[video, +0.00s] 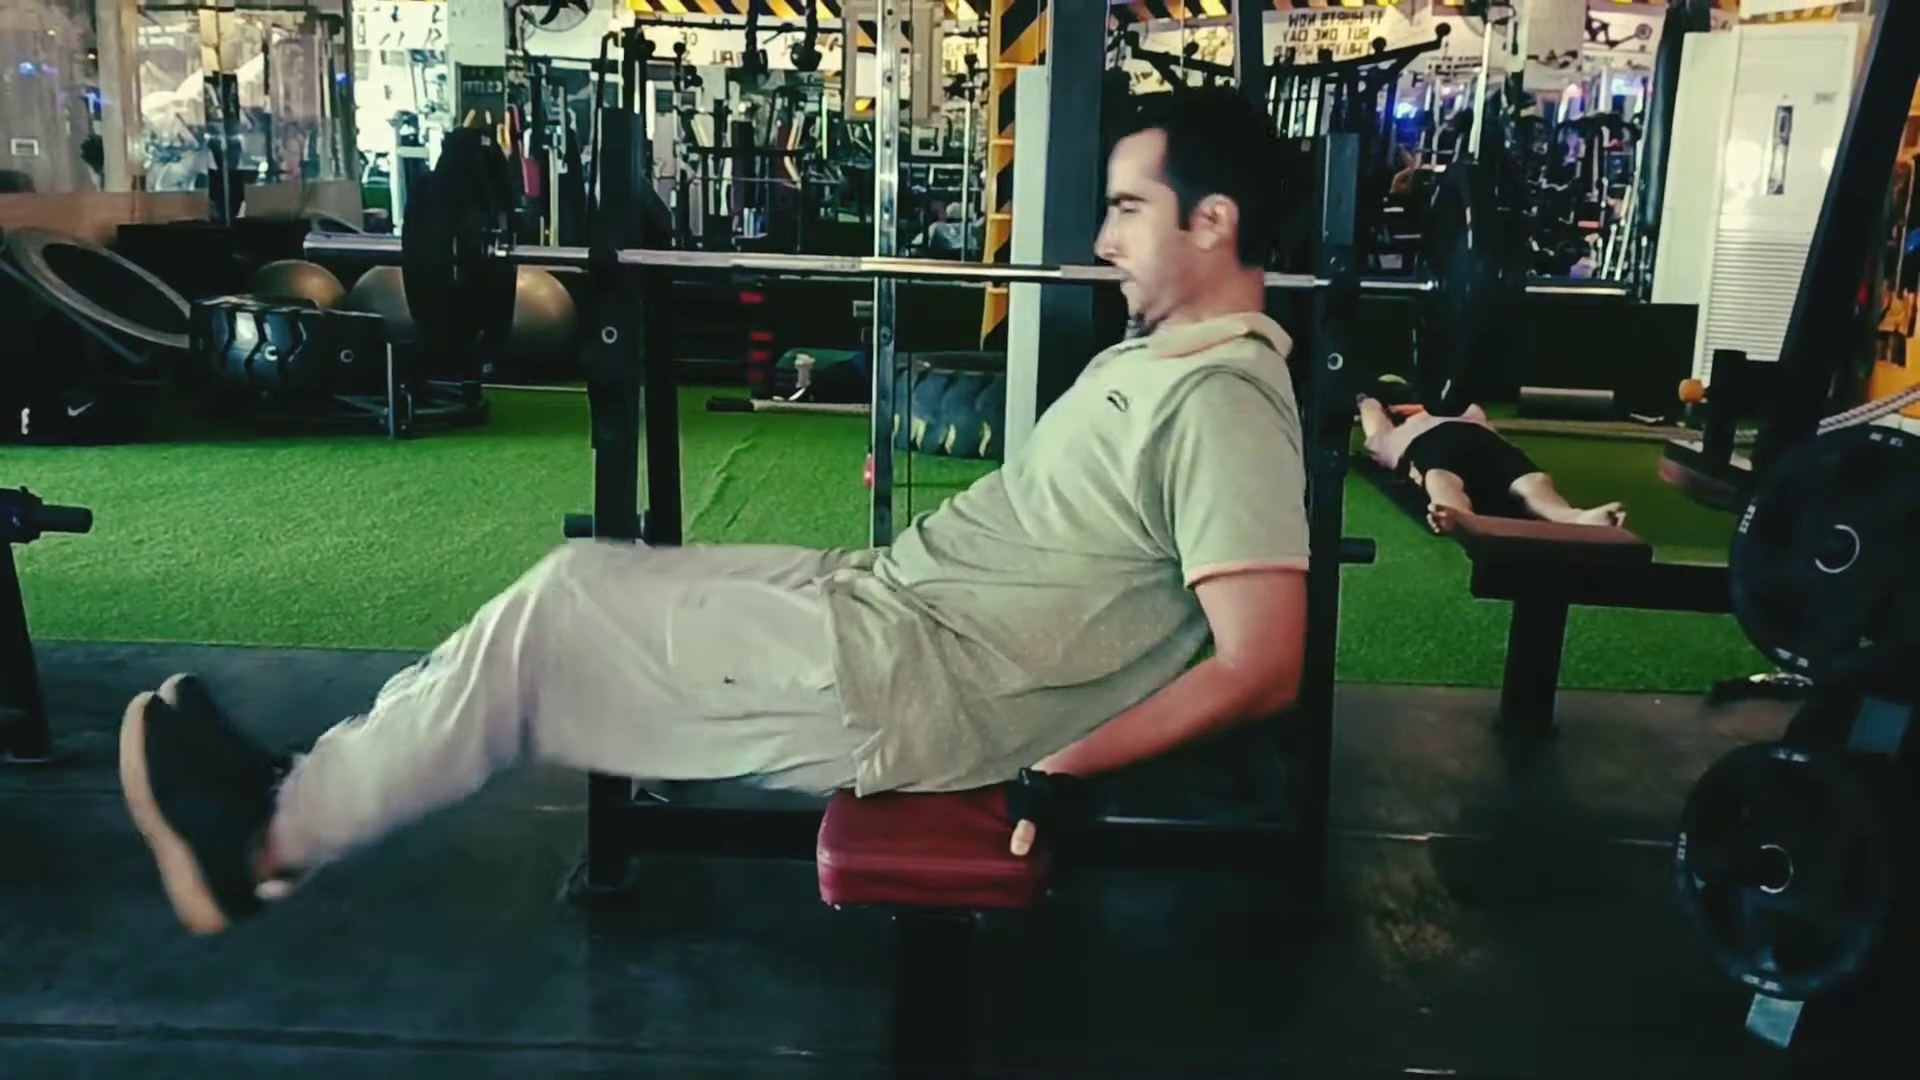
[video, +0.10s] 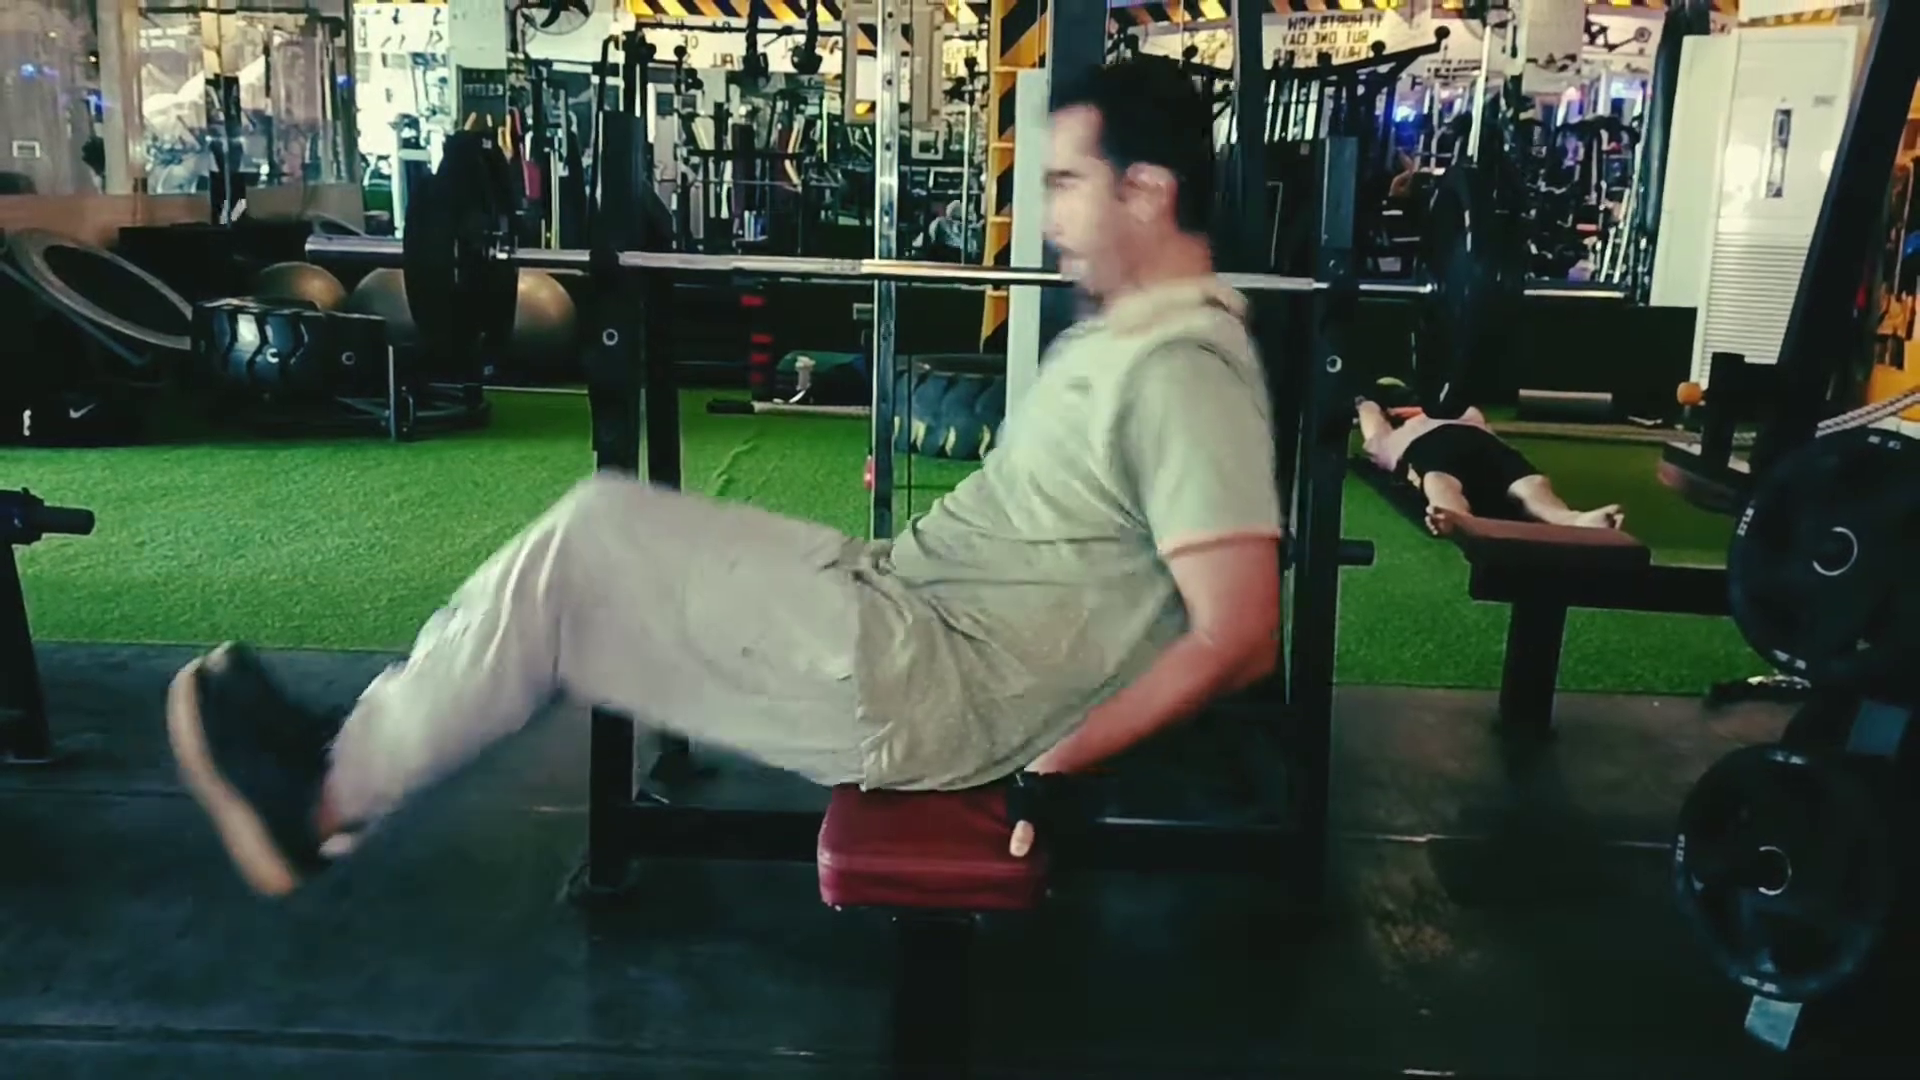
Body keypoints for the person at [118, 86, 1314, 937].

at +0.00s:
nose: (1106, 237)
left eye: (1129, 209)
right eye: (1111, 211)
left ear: (1216, 227)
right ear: (1206, 229)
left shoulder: (1222, 391)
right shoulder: (1182, 357)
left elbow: (1264, 663)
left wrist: (1058, 769)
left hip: (912, 678)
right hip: (882, 601)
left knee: (552, 628)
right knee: (574, 575)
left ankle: (254, 856)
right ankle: (293, 810)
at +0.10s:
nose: (1049, 215)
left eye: (1067, 187)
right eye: (1048, 188)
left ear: (1153, 198)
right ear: (1133, 201)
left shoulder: (1187, 366)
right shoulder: (1129, 339)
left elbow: (1237, 631)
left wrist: (1059, 758)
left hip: (939, 680)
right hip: (904, 605)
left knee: (588, 547)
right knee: (595, 521)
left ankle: (320, 807)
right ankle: (342, 776)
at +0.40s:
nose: (850, 227)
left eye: (858, 191)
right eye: (846, 196)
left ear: (935, 184)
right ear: (939, 186)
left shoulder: (1022, 344)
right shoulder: (988, 323)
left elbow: (1170, 582)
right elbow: (1136, 562)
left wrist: (1029, 780)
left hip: (920, 715)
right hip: (914, 684)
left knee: (742, 366)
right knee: (752, 353)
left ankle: (506, 658)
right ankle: (525, 611)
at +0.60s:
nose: (1011, 230)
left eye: (1028, 201)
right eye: (1011, 201)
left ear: (1115, 208)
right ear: (1103, 205)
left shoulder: (1160, 374)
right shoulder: (1107, 343)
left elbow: (1242, 644)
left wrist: (1049, 774)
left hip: (950, 704)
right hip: (928, 637)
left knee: (627, 468)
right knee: (650, 441)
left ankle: (359, 749)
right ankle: (385, 708)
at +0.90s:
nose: (1165, 277)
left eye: (1192, 249)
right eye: (1171, 249)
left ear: (1281, 276)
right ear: (1263, 277)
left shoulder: (1273, 444)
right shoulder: (1218, 400)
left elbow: (1273, 707)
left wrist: (1064, 792)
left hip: (938, 701)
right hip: (912, 625)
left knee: (581, 610)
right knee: (596, 571)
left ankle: (255, 791)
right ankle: (292, 749)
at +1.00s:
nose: (1112, 247)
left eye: (1137, 220)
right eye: (1117, 221)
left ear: (1226, 241)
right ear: (1206, 244)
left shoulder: (1242, 412)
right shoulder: (1174, 377)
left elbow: (1253, 675)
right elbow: (1095, 569)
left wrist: (1057, 795)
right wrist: (920, 576)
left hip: (963, 706)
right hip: (933, 648)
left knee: (627, 520)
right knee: (616, 525)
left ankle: (326, 751)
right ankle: (331, 744)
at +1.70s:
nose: (1153, 286)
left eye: (1180, 259)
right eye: (1158, 258)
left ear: (1268, 286)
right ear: (1246, 287)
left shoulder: (1262, 452)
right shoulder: (1197, 412)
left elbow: (1276, 720)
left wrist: (1068, 803)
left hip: (928, 708)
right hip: (899, 631)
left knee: (564, 654)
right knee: (583, 610)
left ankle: (229, 835)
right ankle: (271, 796)